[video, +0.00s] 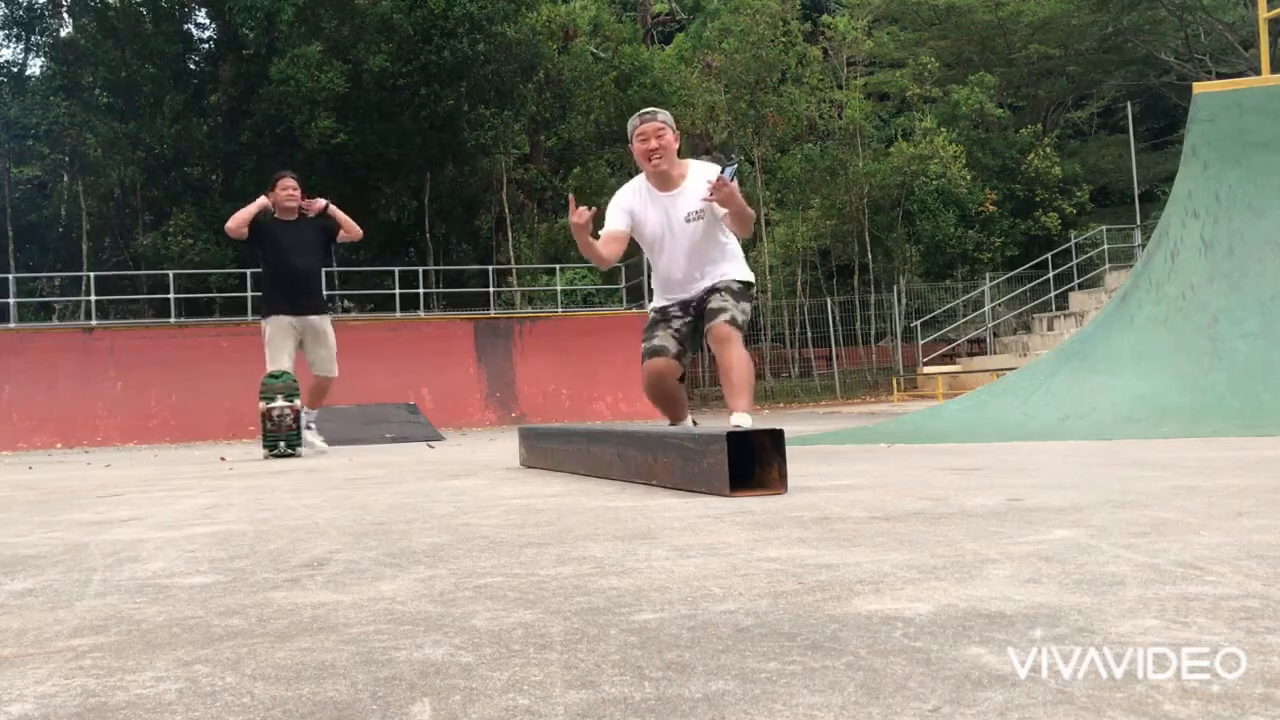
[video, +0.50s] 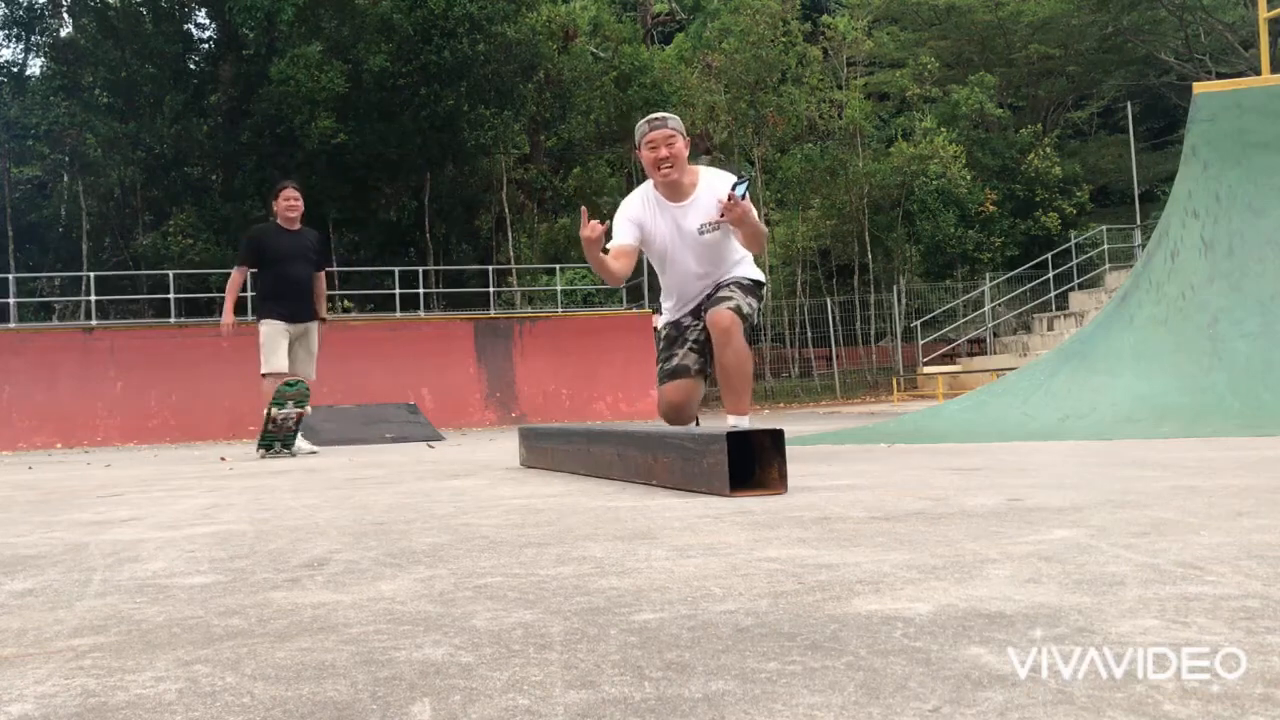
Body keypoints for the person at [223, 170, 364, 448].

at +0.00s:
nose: (292, 192)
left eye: (295, 188)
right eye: (285, 189)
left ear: (302, 196)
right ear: (272, 197)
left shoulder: (317, 223)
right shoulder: (263, 225)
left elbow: (355, 233)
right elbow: (232, 228)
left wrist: (327, 207)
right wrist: (259, 203)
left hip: (315, 312)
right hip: (278, 313)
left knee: (327, 374)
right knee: (279, 377)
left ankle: (306, 423)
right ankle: (283, 434)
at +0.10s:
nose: (291, 196)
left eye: (295, 192)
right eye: (284, 193)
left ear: (301, 201)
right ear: (272, 202)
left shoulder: (316, 231)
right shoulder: (263, 230)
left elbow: (353, 251)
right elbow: (228, 252)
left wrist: (333, 222)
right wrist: (252, 220)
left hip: (312, 316)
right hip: (276, 315)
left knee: (312, 379)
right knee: (278, 378)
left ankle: (300, 428)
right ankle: (281, 436)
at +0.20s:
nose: (292, 200)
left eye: (296, 196)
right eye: (285, 197)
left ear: (303, 204)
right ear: (275, 206)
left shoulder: (316, 236)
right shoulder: (263, 235)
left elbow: (346, 269)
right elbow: (232, 272)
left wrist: (341, 249)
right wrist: (246, 253)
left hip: (310, 321)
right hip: (276, 321)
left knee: (302, 383)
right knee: (278, 382)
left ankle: (296, 435)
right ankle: (278, 439)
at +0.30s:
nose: (294, 202)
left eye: (297, 198)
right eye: (287, 199)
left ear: (304, 206)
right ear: (276, 207)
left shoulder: (317, 236)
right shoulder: (262, 236)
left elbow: (329, 275)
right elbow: (241, 271)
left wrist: (344, 279)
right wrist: (241, 286)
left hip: (309, 322)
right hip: (276, 322)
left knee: (301, 384)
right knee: (280, 382)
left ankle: (295, 436)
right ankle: (280, 440)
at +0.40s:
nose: (294, 202)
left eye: (298, 198)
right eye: (287, 199)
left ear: (304, 205)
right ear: (276, 206)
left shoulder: (314, 237)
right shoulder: (260, 236)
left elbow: (321, 277)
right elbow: (240, 271)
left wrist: (337, 308)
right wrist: (233, 304)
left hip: (308, 320)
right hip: (275, 320)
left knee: (301, 381)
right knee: (279, 380)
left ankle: (295, 436)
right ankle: (277, 438)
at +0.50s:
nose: (293, 203)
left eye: (296, 198)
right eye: (287, 199)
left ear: (303, 205)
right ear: (275, 205)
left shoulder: (313, 238)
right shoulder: (260, 235)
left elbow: (319, 278)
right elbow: (239, 274)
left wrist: (322, 314)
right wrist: (228, 311)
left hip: (306, 319)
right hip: (273, 319)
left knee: (302, 380)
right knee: (275, 377)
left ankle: (293, 435)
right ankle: (271, 438)